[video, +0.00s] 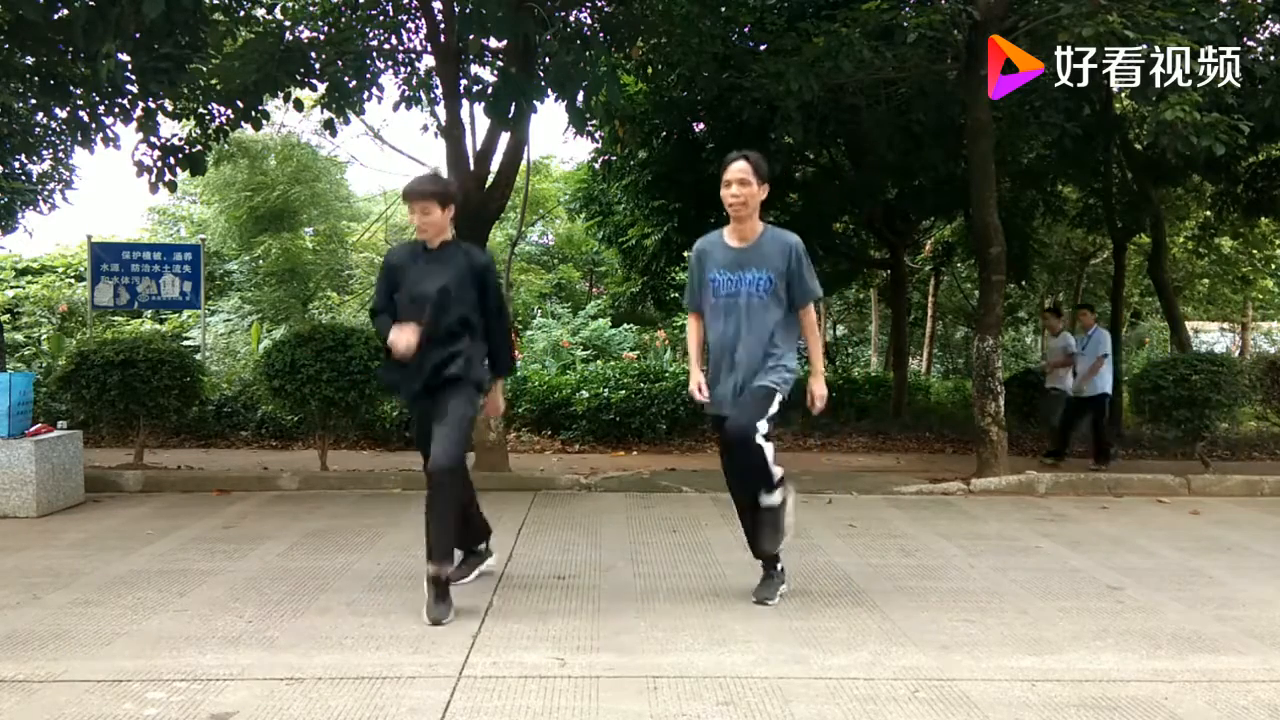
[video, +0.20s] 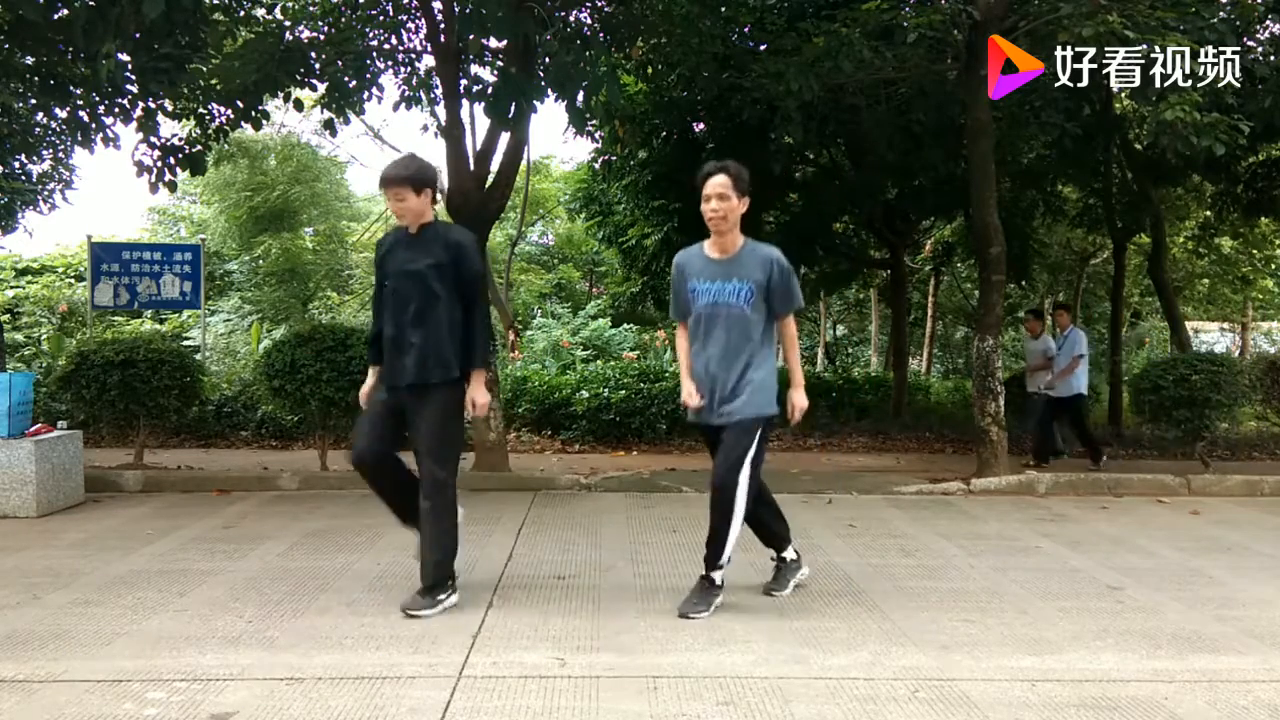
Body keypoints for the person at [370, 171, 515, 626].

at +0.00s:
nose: (418, 220)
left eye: (425, 212)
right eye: (413, 213)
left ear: (448, 212)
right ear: (409, 216)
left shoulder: (475, 261)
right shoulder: (398, 260)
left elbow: (497, 322)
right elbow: (379, 312)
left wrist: (497, 382)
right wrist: (392, 331)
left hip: (463, 374)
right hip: (418, 378)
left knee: (443, 464)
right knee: (440, 465)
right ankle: (477, 542)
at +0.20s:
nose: (392, 206)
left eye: (399, 198)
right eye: (389, 199)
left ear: (427, 195)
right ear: (389, 200)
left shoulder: (458, 242)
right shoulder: (388, 246)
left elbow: (477, 313)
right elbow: (381, 313)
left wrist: (478, 378)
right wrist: (374, 371)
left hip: (441, 378)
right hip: (395, 378)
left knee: (435, 478)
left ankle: (439, 584)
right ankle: (431, 518)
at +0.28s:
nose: (382, 209)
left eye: (389, 200)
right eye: (378, 201)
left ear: (415, 198)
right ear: (379, 203)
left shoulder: (447, 247)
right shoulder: (384, 250)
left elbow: (473, 315)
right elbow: (381, 314)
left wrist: (473, 382)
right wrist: (378, 365)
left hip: (435, 377)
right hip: (390, 371)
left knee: (430, 474)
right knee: (335, 409)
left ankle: (446, 572)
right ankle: (383, 476)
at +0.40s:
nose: (362, 216)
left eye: (368, 207)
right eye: (359, 208)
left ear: (394, 204)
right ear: (362, 210)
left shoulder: (428, 255)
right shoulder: (371, 260)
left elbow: (449, 322)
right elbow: (376, 325)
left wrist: (452, 390)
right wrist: (373, 384)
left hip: (419, 380)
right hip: (379, 370)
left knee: (418, 476)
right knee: (303, 367)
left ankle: (446, 568)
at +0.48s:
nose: (351, 209)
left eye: (356, 199)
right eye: (348, 201)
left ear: (384, 193)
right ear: (358, 200)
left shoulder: (420, 240)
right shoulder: (361, 249)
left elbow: (439, 310)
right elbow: (367, 315)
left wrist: (441, 378)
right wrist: (370, 380)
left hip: (408, 372)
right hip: (365, 363)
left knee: (422, 466)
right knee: (287, 389)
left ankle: (445, 563)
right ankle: (291, 491)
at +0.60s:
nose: (334, 214)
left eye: (340, 205)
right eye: (330, 207)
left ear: (368, 202)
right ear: (334, 209)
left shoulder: (397, 250)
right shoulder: (339, 257)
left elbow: (418, 320)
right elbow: (345, 320)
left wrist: (422, 387)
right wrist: (331, 373)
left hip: (384, 384)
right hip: (337, 380)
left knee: (409, 468)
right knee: (280, 449)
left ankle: (448, 550)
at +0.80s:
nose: (311, 197)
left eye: (320, 188)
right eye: (302, 189)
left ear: (336, 194)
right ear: (292, 197)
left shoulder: (355, 248)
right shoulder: (281, 253)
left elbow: (391, 312)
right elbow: (278, 319)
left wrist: (404, 374)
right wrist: (262, 367)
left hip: (343, 384)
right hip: (289, 384)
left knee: (374, 470)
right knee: (255, 468)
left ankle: (436, 543)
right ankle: (266, 572)